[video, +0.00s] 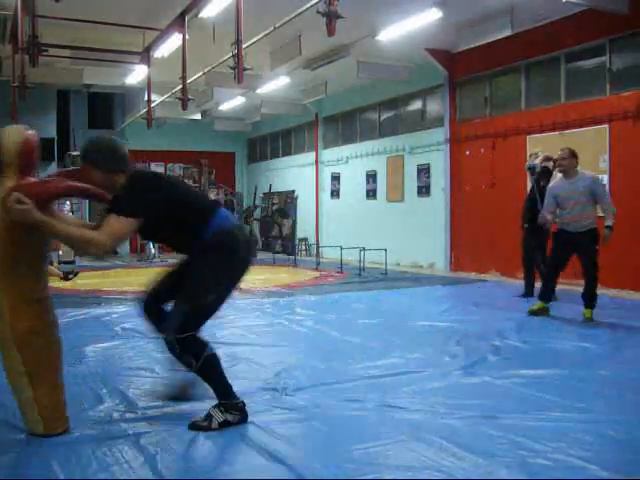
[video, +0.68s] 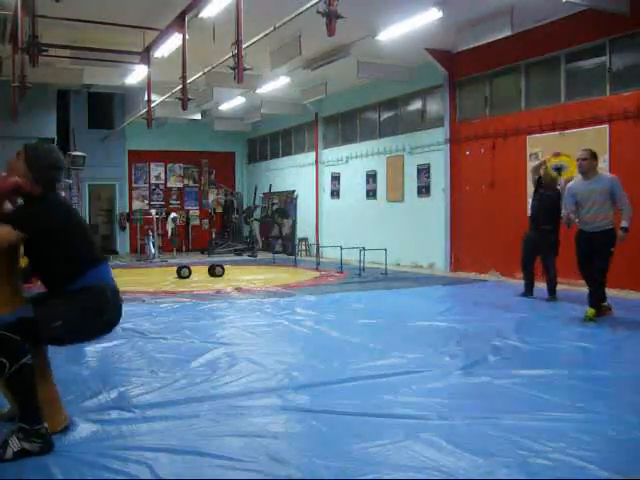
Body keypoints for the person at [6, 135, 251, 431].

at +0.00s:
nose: (86, 178)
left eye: (88, 171)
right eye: (85, 172)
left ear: (102, 170)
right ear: (118, 164)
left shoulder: (140, 188)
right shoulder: (129, 190)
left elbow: (101, 246)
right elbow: (98, 236)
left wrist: (38, 219)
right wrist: (51, 215)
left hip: (227, 247)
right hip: (211, 248)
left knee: (179, 329)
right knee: (154, 304)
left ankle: (230, 404)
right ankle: (192, 374)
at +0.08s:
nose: (63, 173)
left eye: (66, 165)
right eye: (62, 166)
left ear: (83, 164)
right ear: (92, 161)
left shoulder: (116, 184)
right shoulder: (110, 183)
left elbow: (90, 242)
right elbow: (89, 235)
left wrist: (27, 223)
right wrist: (37, 221)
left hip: (195, 257)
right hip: (174, 255)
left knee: (148, 338)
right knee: (110, 299)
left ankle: (214, 390)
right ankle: (83, 378)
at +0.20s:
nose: (44, 174)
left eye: (48, 166)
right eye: (45, 167)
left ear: (62, 167)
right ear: (77, 163)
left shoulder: (104, 192)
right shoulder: (84, 198)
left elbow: (71, 253)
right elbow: (66, 248)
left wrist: (14, 224)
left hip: (160, 271)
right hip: (145, 269)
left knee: (81, 316)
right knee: (83, 316)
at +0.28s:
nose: (31, 180)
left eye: (35, 174)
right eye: (32, 175)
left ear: (48, 178)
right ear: (73, 175)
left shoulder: (88, 210)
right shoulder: (61, 212)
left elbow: (52, 269)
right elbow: (35, 258)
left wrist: (8, 226)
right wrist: (17, 213)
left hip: (133, 298)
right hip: (111, 291)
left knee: (45, 322)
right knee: (35, 312)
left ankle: (49, 418)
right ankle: (31, 404)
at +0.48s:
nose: (21, 186)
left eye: (27, 181)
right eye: (25, 180)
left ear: (39, 194)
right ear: (62, 195)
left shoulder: (50, 231)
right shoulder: (59, 227)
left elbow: (6, 252)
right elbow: (16, 243)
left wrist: (11, 199)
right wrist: (11, 203)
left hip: (96, 329)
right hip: (99, 322)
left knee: (9, 339)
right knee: (17, 322)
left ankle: (35, 432)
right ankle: (39, 409)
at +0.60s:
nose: (17, 181)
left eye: (24, 177)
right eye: (21, 175)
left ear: (35, 189)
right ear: (54, 191)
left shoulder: (40, 223)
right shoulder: (52, 219)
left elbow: (3, 232)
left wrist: (6, 192)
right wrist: (7, 191)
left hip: (92, 323)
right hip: (94, 317)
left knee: (9, 340)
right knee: (14, 323)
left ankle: (34, 432)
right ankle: (39, 409)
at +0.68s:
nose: (11, 162)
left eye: (18, 160)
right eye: (16, 157)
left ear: (32, 176)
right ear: (41, 178)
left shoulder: (38, 211)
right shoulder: (47, 207)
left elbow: (3, 234)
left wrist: (4, 195)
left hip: (93, 306)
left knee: (12, 334)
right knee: (13, 322)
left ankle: (33, 431)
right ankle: (29, 408)